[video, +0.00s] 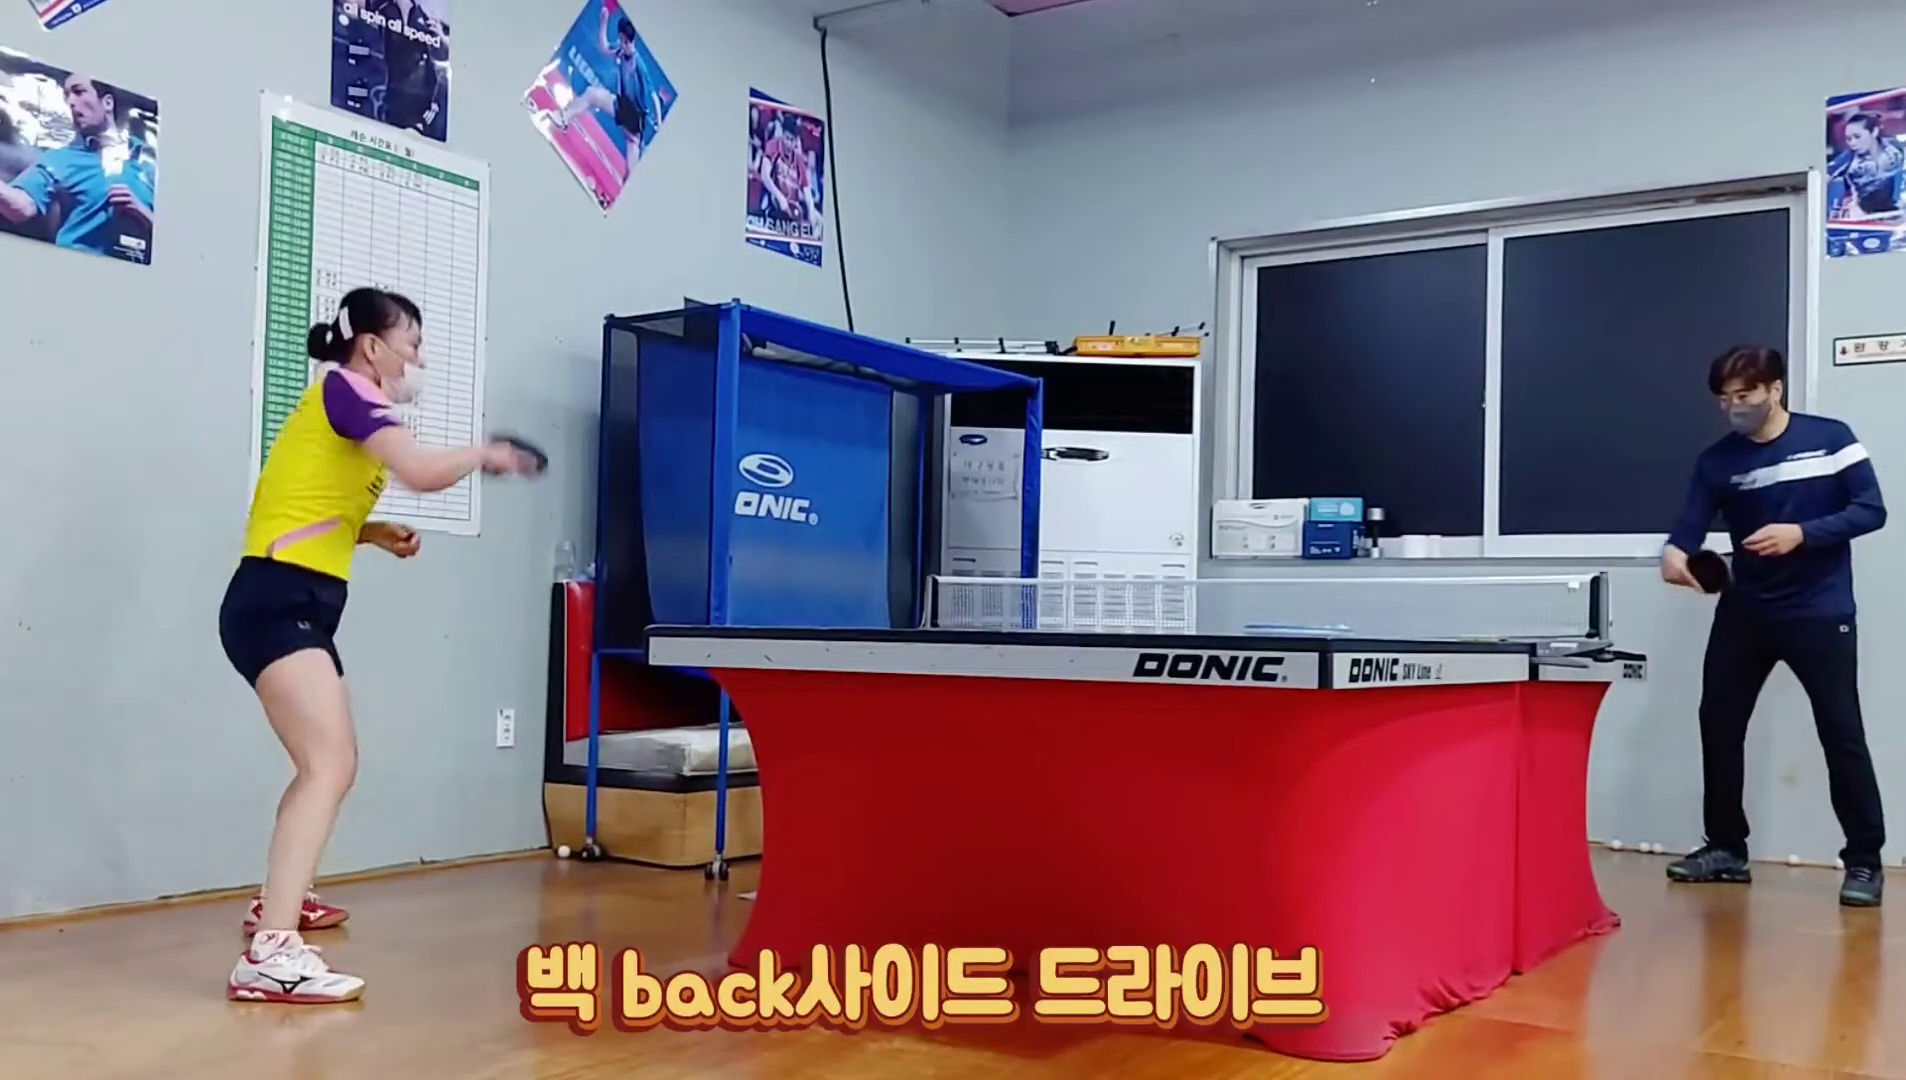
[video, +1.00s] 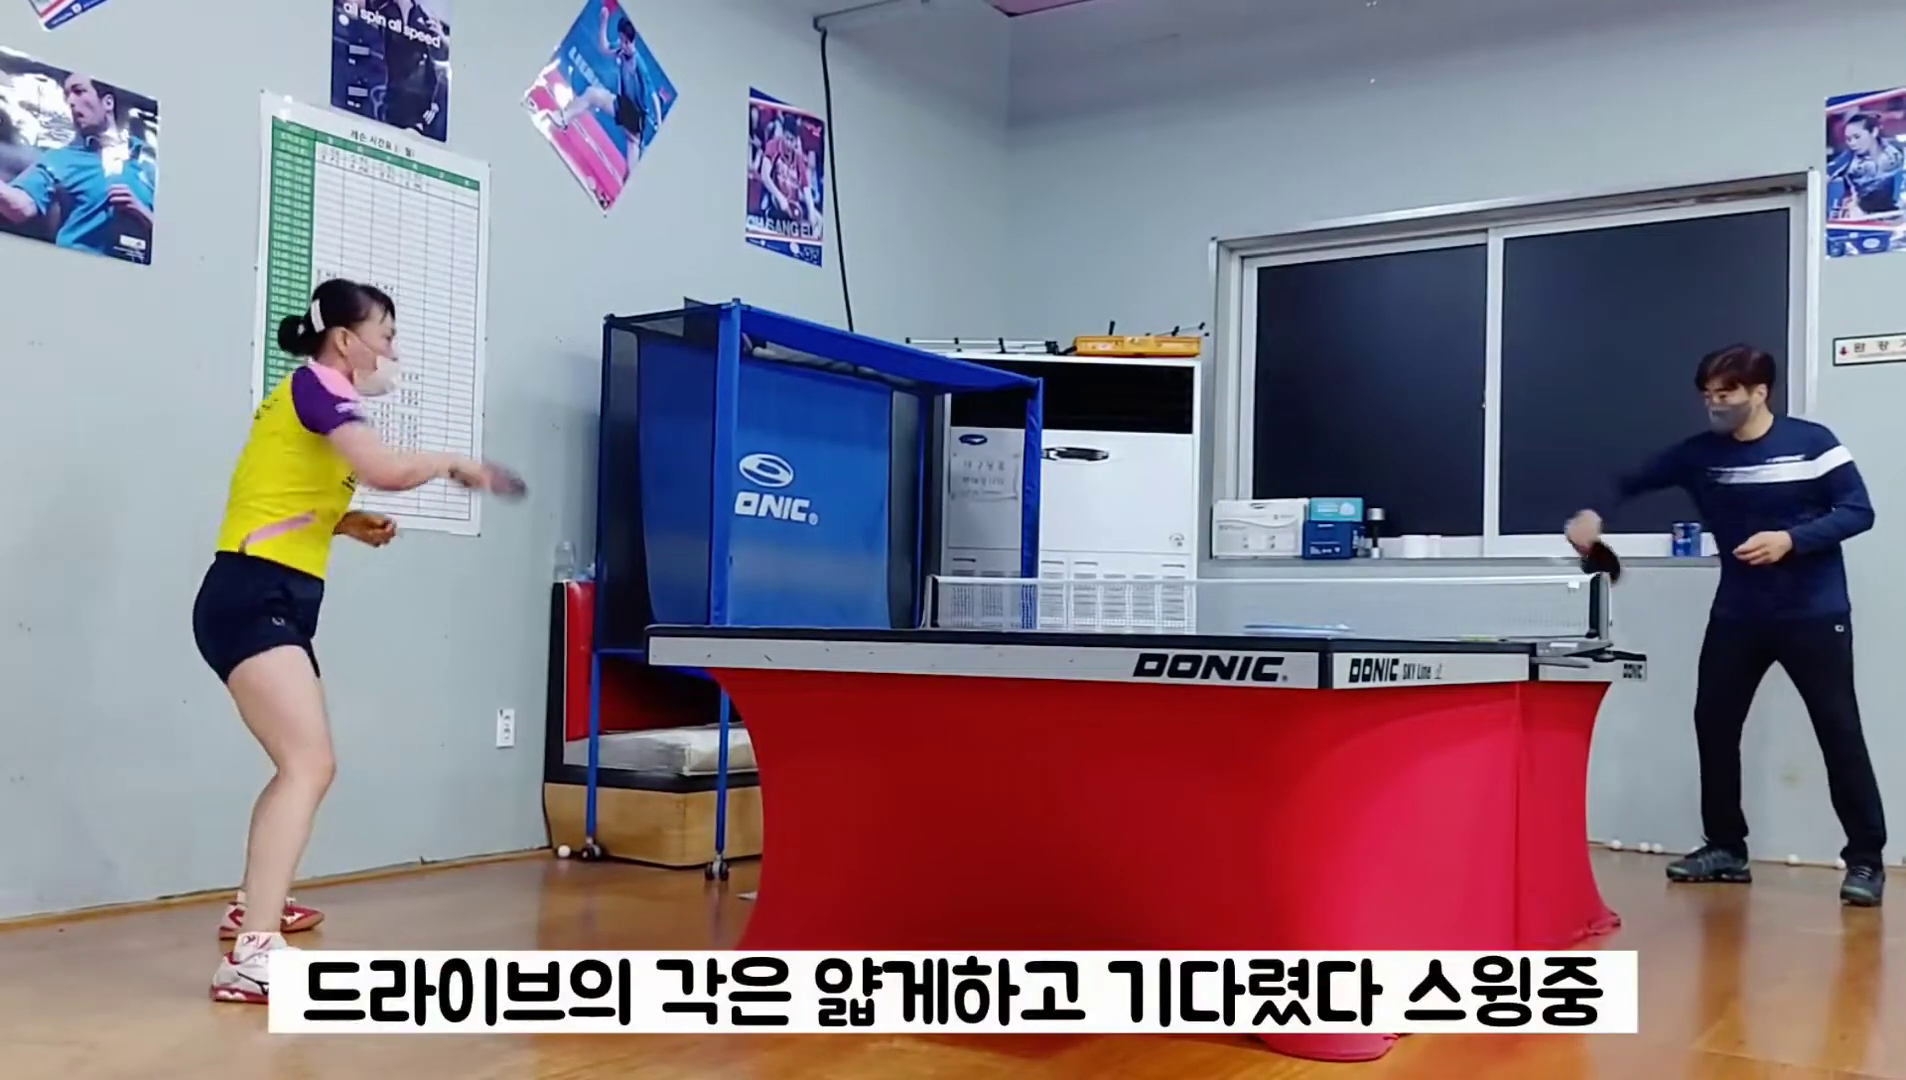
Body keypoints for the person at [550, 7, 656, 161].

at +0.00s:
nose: (621, 42)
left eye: (624, 39)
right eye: (621, 39)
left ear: (628, 40)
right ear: (619, 38)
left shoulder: (632, 58)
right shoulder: (621, 53)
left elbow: (631, 55)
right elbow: (604, 50)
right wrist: (603, 23)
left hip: (629, 108)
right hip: (636, 114)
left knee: (592, 94)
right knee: (633, 146)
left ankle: (563, 118)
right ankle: (630, 182)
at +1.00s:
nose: (622, 43)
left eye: (624, 40)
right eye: (621, 39)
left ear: (629, 41)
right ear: (620, 38)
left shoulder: (633, 57)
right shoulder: (621, 53)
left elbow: (631, 55)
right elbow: (603, 50)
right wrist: (603, 23)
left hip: (629, 109)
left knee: (592, 94)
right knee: (633, 146)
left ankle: (563, 118)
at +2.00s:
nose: (621, 42)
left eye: (624, 40)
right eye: (621, 39)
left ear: (628, 40)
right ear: (619, 38)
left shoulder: (631, 57)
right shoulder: (621, 53)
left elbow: (630, 55)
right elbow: (604, 50)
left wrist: (628, 50)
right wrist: (604, 22)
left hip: (628, 107)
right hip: (636, 114)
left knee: (592, 94)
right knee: (633, 144)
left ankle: (562, 118)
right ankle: (629, 179)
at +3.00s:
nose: (622, 42)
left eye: (624, 39)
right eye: (621, 39)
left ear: (628, 40)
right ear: (622, 39)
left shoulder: (631, 56)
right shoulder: (622, 53)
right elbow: (603, 49)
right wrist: (604, 22)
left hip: (628, 109)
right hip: (636, 116)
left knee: (593, 95)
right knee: (632, 161)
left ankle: (564, 118)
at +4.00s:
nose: (622, 43)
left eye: (624, 40)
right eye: (621, 39)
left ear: (628, 41)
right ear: (622, 39)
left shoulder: (631, 55)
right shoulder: (623, 52)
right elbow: (604, 50)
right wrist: (604, 22)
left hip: (628, 109)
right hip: (637, 115)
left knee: (593, 94)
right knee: (632, 163)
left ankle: (563, 118)